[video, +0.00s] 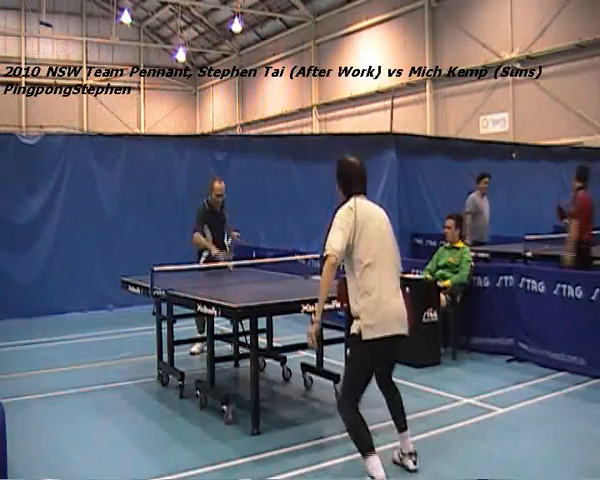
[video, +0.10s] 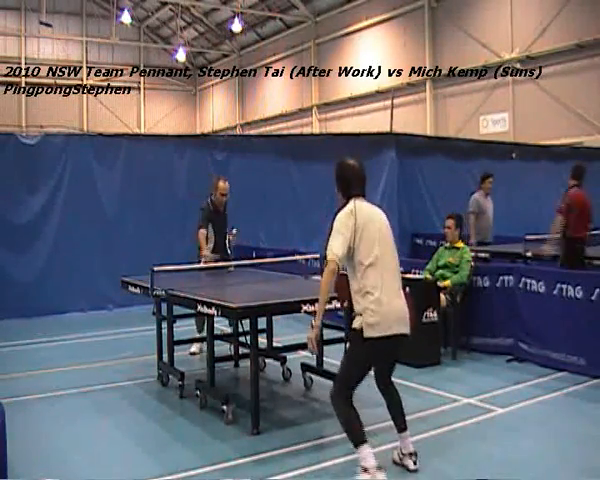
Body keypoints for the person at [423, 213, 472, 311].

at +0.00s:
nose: (445, 231)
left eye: (449, 228)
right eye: (445, 228)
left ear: (457, 231)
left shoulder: (464, 251)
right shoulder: (442, 249)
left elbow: (463, 275)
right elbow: (431, 266)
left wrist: (446, 283)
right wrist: (428, 275)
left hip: (454, 283)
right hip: (436, 280)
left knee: (442, 298)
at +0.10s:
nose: (445, 231)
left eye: (449, 228)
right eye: (445, 228)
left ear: (457, 230)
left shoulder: (464, 251)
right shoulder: (442, 249)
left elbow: (463, 275)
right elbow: (431, 265)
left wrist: (447, 283)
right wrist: (428, 275)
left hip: (454, 283)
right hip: (436, 280)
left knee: (442, 298)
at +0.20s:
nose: (445, 231)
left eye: (449, 228)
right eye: (445, 228)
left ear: (457, 230)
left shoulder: (465, 251)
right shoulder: (442, 249)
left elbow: (463, 276)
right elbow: (430, 266)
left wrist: (447, 283)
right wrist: (428, 275)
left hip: (454, 283)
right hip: (436, 281)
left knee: (442, 298)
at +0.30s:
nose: (446, 231)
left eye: (449, 228)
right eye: (445, 228)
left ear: (457, 230)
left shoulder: (464, 251)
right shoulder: (442, 249)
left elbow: (463, 275)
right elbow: (430, 267)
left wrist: (446, 283)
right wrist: (428, 276)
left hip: (454, 283)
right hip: (436, 280)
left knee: (442, 299)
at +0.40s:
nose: (446, 231)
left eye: (449, 228)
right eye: (445, 228)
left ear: (458, 230)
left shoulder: (464, 251)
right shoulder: (442, 249)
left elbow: (463, 275)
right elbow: (430, 266)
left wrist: (447, 283)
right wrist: (428, 275)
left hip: (454, 284)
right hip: (436, 281)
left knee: (442, 298)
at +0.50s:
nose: (446, 231)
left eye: (450, 228)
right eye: (445, 228)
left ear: (458, 230)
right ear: (443, 229)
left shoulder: (464, 252)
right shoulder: (442, 249)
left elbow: (463, 276)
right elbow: (430, 267)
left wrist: (446, 283)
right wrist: (428, 276)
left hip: (454, 284)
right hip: (436, 281)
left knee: (442, 298)